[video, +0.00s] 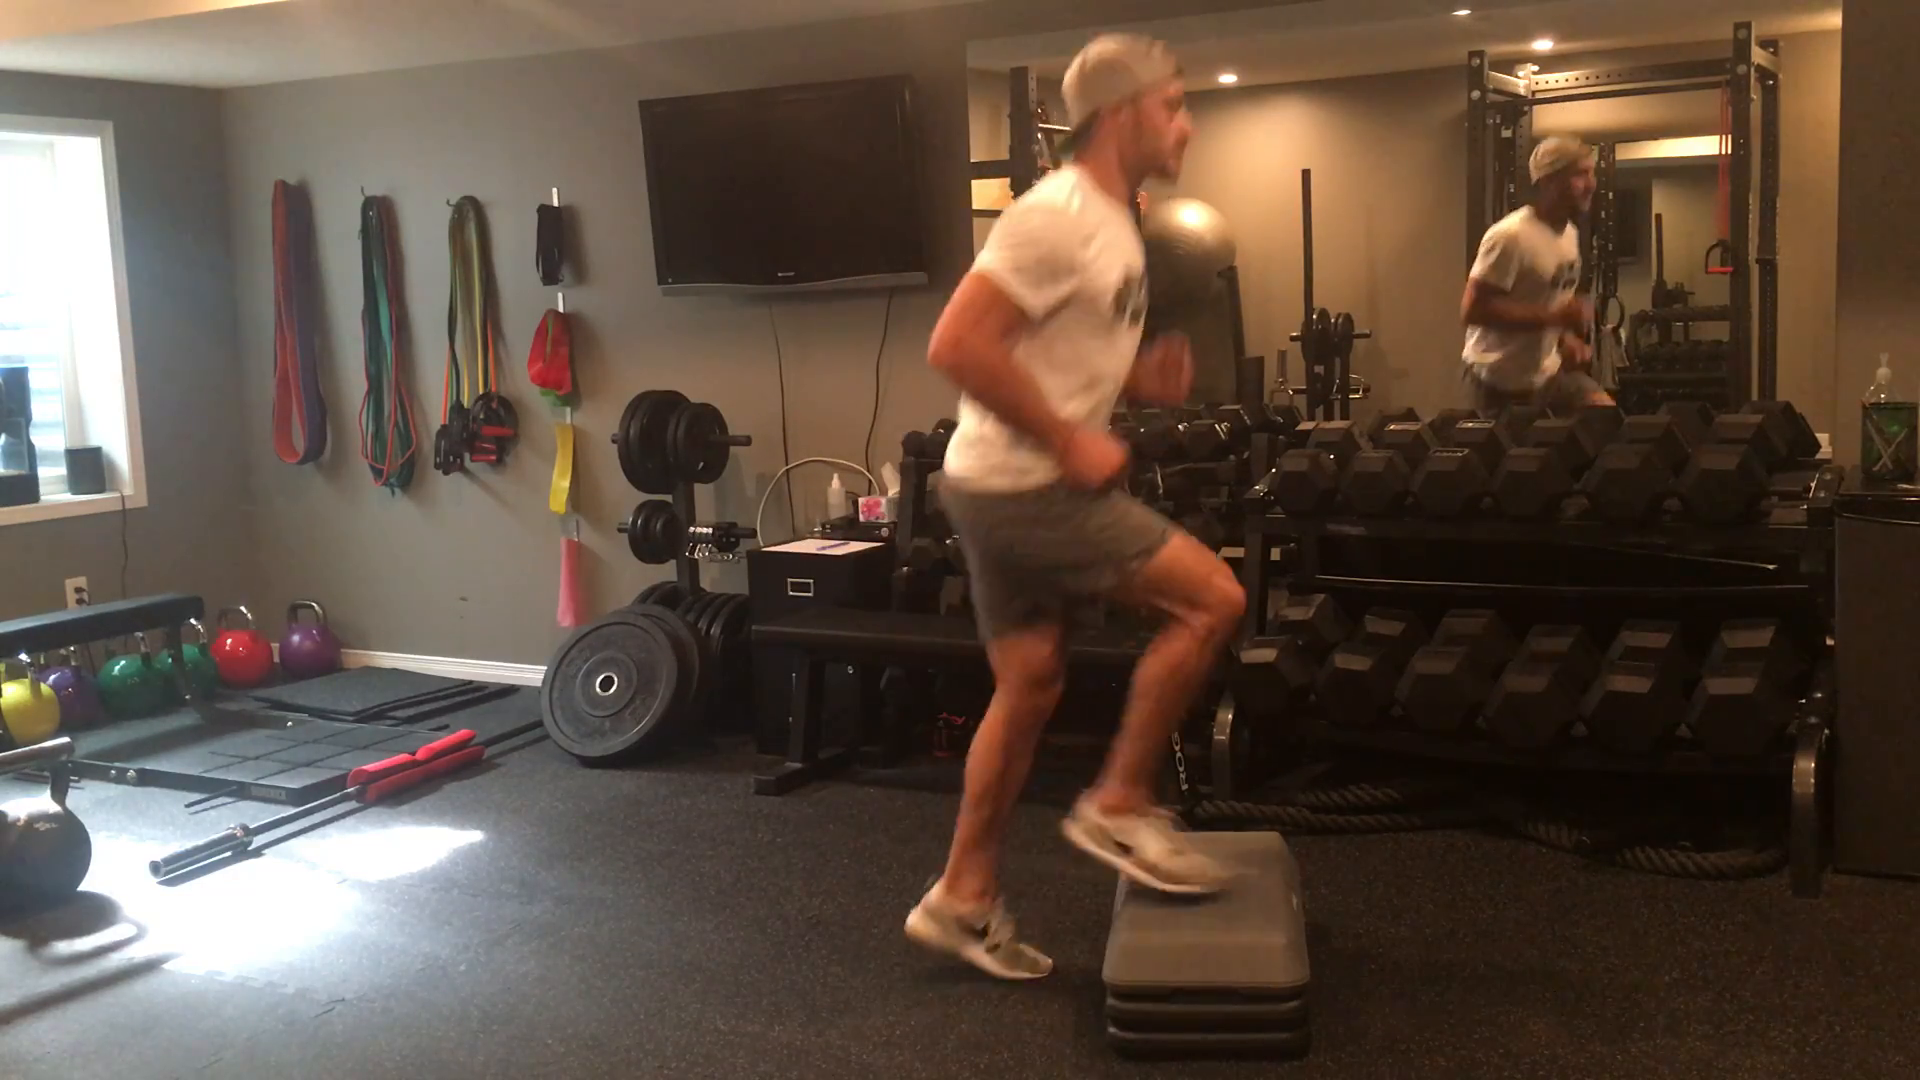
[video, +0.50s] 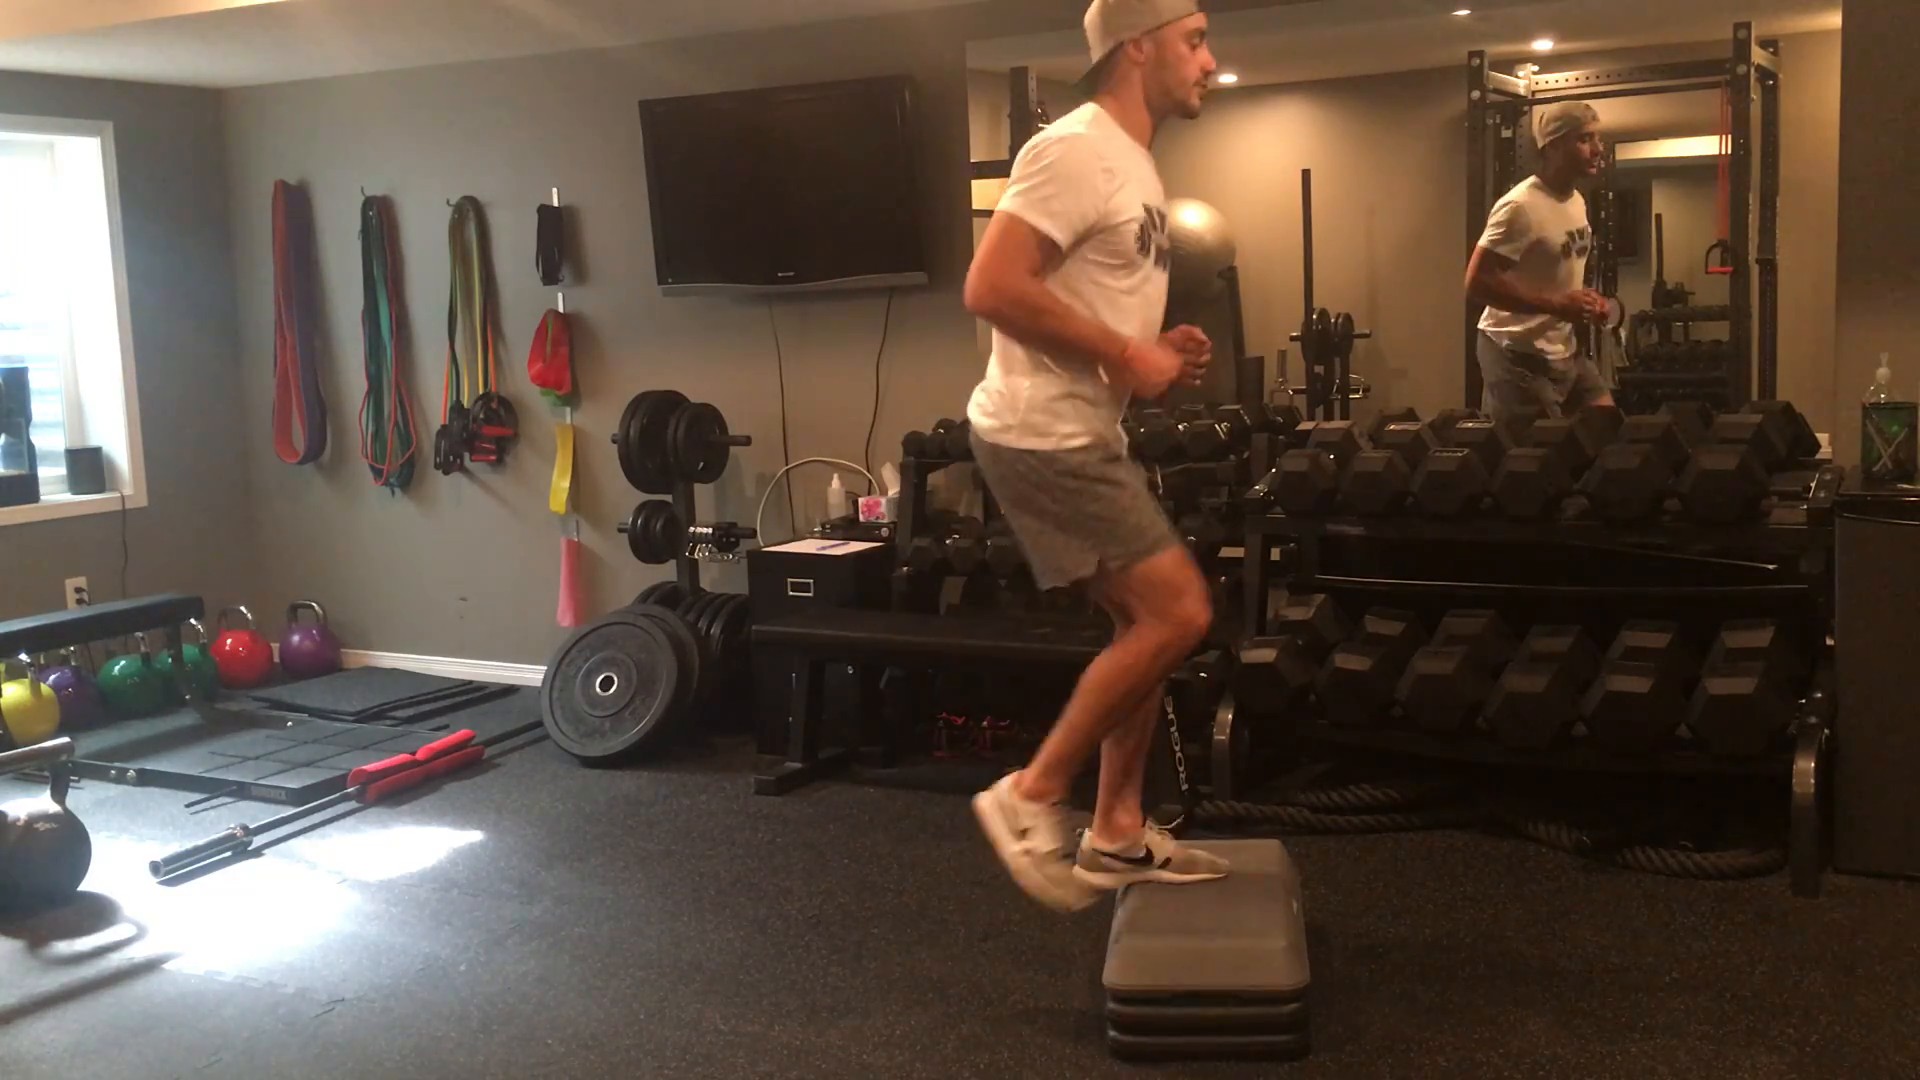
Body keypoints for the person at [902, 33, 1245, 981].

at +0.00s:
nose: (1186, 123)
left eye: (1183, 106)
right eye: (1172, 107)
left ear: (1123, 119)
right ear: (1120, 118)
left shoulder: (1111, 222)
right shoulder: (1055, 213)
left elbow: (1044, 347)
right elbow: (958, 340)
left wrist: (1132, 372)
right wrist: (1068, 437)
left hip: (1008, 483)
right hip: (1015, 484)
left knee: (1028, 680)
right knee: (1212, 599)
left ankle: (961, 897)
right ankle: (1118, 805)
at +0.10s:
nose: (1203, 87)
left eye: (1199, 70)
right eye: (1187, 71)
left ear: (1138, 86)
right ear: (1134, 84)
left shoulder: (1122, 185)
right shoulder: (1080, 178)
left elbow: (1066, 327)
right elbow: (986, 318)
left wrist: (1149, 350)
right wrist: (1110, 394)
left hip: (1036, 451)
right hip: (1048, 455)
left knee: (1104, 646)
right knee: (1208, 620)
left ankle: (973, 834)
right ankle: (1137, 842)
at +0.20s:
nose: (1212, 76)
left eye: (1209, 59)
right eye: (1197, 59)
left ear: (1144, 73)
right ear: (1142, 71)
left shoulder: (1126, 172)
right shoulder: (1095, 169)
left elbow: (1064, 320)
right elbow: (1029, 325)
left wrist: (1144, 393)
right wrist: (1154, 383)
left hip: (1084, 446)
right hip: (1068, 452)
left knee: (1156, 626)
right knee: (1202, 627)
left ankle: (1017, 770)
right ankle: (1139, 845)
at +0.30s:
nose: (1220, 48)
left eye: (1217, 27)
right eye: (1205, 25)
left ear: (1157, 34)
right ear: (1150, 31)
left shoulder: (1131, 132)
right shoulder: (1100, 126)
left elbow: (1074, 281)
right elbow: (1040, 279)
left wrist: (1151, 353)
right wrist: (1162, 337)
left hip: (1091, 406)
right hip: (1059, 413)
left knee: (1190, 568)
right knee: (1166, 604)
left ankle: (1087, 775)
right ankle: (1137, 837)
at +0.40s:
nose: (1222, 37)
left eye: (1219, 20)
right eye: (1206, 17)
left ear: (1156, 31)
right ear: (1152, 26)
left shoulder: (1133, 128)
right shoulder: (1094, 115)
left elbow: (1063, 263)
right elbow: (1024, 262)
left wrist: (1146, 328)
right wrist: (1146, 325)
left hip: (1073, 398)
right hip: (1049, 399)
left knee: (1153, 599)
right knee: (1175, 595)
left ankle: (1128, 809)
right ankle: (1095, 812)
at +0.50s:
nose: (1210, 62)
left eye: (1206, 43)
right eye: (1194, 41)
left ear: (1145, 53)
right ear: (1138, 52)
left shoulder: (1131, 162)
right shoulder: (1079, 148)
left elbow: (1071, 304)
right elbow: (991, 286)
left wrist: (1151, 344)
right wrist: (1127, 353)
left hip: (1080, 426)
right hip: (1041, 429)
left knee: (1148, 620)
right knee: (1178, 612)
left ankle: (1118, 828)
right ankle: (1029, 795)